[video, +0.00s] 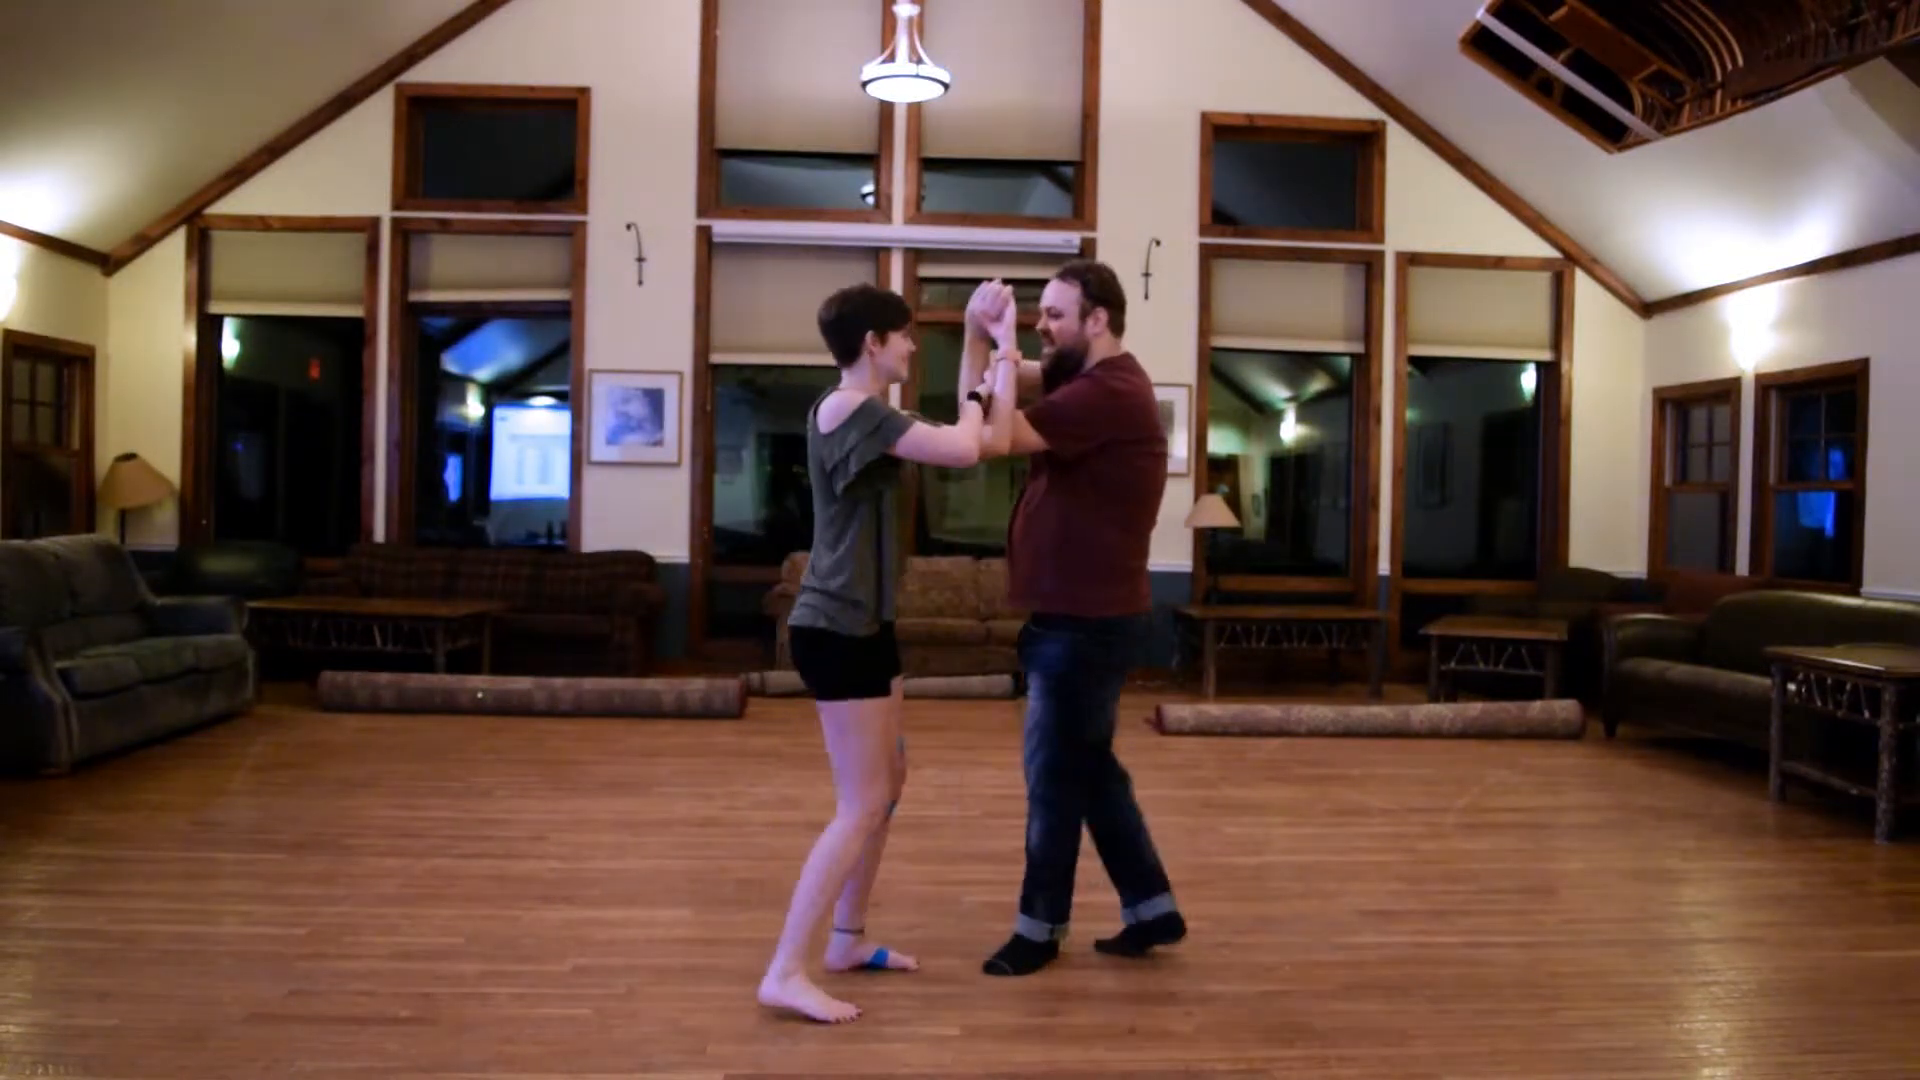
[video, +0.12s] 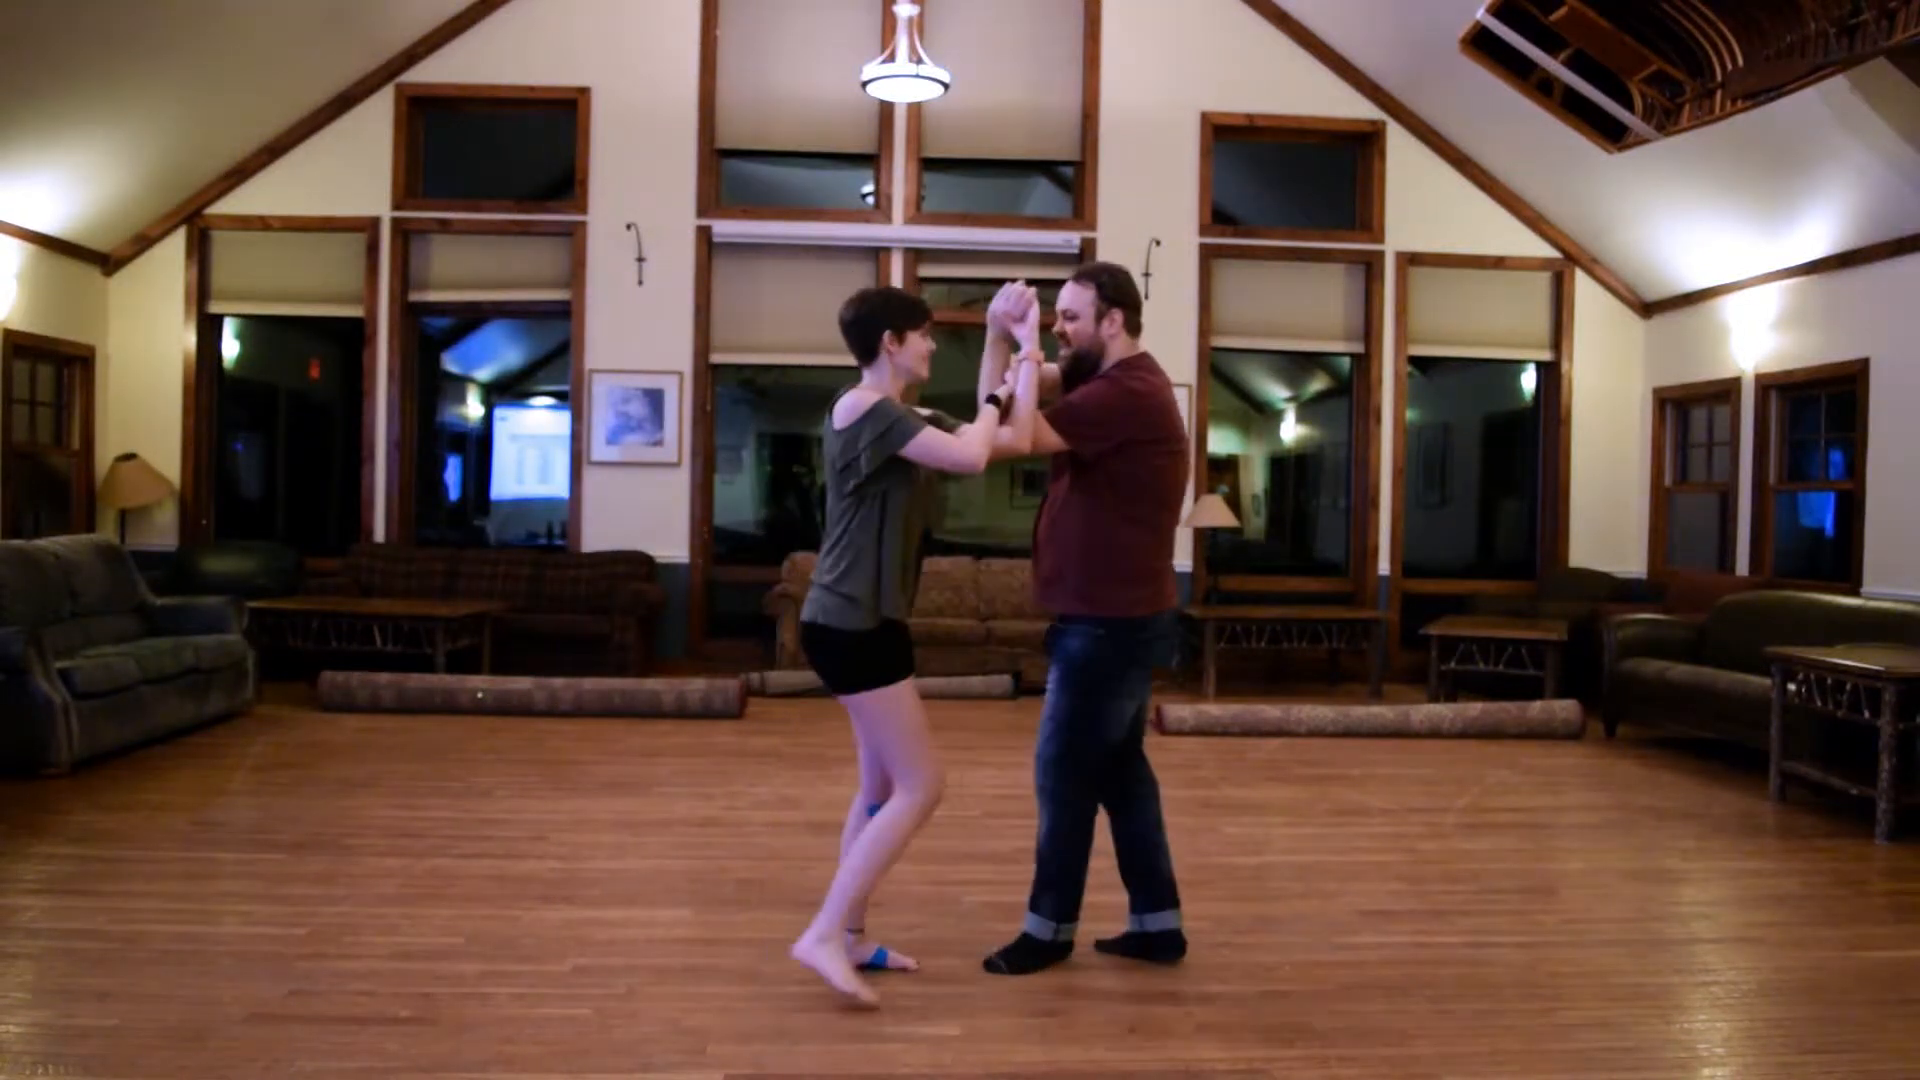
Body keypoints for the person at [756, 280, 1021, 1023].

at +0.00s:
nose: (913, 349)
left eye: (911, 336)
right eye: (907, 336)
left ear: (860, 347)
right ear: (876, 344)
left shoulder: (843, 409)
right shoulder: (858, 416)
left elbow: (955, 443)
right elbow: (969, 447)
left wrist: (972, 371)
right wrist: (998, 352)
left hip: (858, 623)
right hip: (840, 628)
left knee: (887, 778)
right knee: (862, 804)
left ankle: (846, 940)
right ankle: (784, 974)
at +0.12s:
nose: (932, 351)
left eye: (932, 339)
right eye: (926, 338)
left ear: (883, 346)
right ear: (892, 344)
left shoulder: (863, 408)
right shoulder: (872, 414)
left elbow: (969, 445)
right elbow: (973, 453)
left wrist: (997, 366)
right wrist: (1010, 367)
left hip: (849, 619)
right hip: (858, 625)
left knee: (878, 786)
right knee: (921, 786)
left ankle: (849, 935)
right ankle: (824, 936)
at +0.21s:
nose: (951, 349)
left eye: (950, 337)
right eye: (944, 337)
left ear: (902, 344)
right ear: (909, 342)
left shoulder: (877, 406)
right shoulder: (889, 411)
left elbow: (998, 439)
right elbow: (983, 453)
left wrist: (1016, 363)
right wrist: (1012, 384)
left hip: (861, 615)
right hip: (872, 620)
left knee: (881, 785)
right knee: (945, 775)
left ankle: (846, 933)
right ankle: (877, 935)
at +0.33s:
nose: (979, 349)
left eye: (977, 337)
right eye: (971, 337)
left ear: (926, 345)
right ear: (938, 344)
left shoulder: (903, 407)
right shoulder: (915, 414)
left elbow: (1017, 439)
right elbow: (1012, 453)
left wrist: (1040, 353)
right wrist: (1036, 386)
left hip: (890, 615)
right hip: (897, 622)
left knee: (891, 782)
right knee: (967, 775)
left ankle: (847, 935)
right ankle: (979, 953)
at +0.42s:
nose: (998, 351)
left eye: (996, 338)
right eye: (990, 338)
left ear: (947, 347)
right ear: (956, 345)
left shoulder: (926, 410)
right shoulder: (934, 418)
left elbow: (1033, 438)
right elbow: (1033, 456)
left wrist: (1051, 349)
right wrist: (1063, 383)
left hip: (909, 619)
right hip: (917, 626)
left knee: (902, 782)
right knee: (981, 782)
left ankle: (847, 932)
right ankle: (1030, 955)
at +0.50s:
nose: (1016, 353)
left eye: (1013, 341)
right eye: (1007, 342)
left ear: (965, 351)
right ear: (975, 349)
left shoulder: (941, 414)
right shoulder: (960, 423)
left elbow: (1055, 438)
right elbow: (1057, 460)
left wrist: (1073, 349)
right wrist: (1080, 392)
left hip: (930, 625)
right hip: (947, 633)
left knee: (915, 784)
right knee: (1005, 784)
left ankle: (850, 931)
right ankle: (1045, 963)